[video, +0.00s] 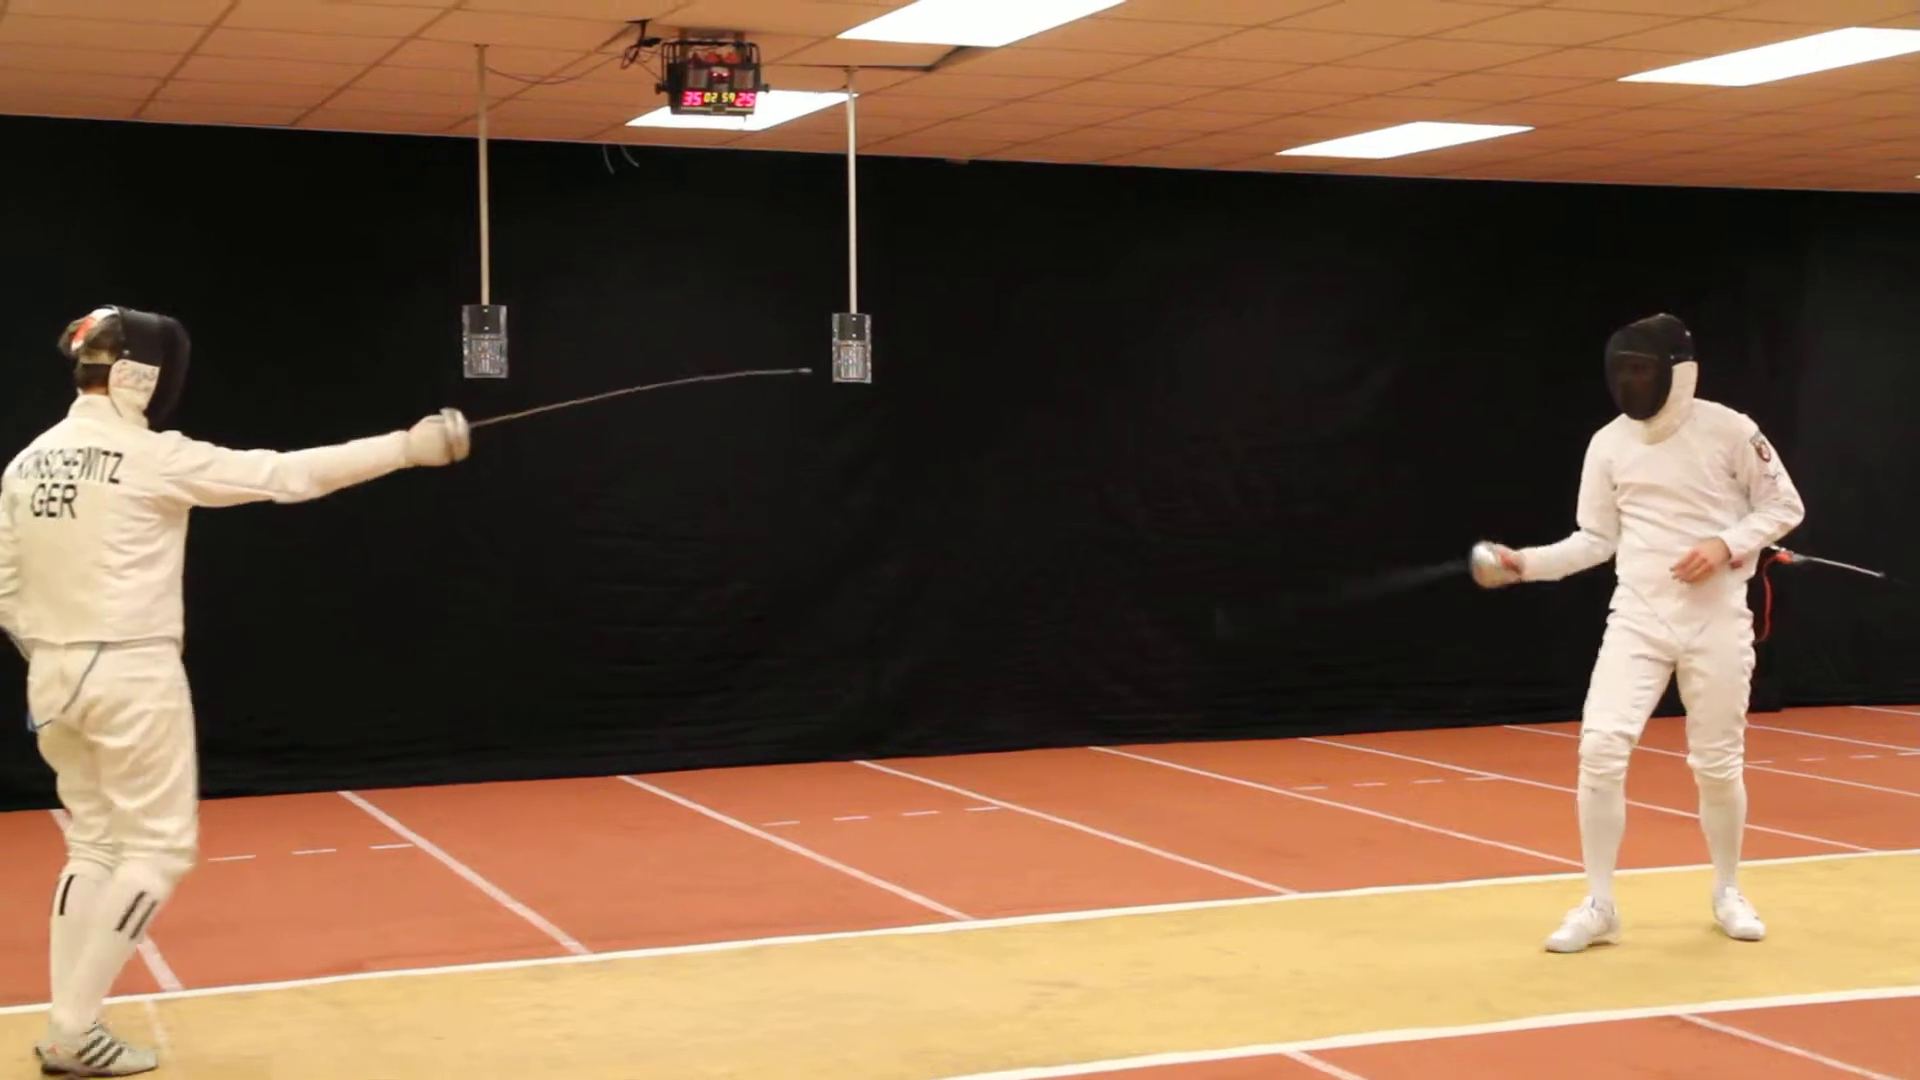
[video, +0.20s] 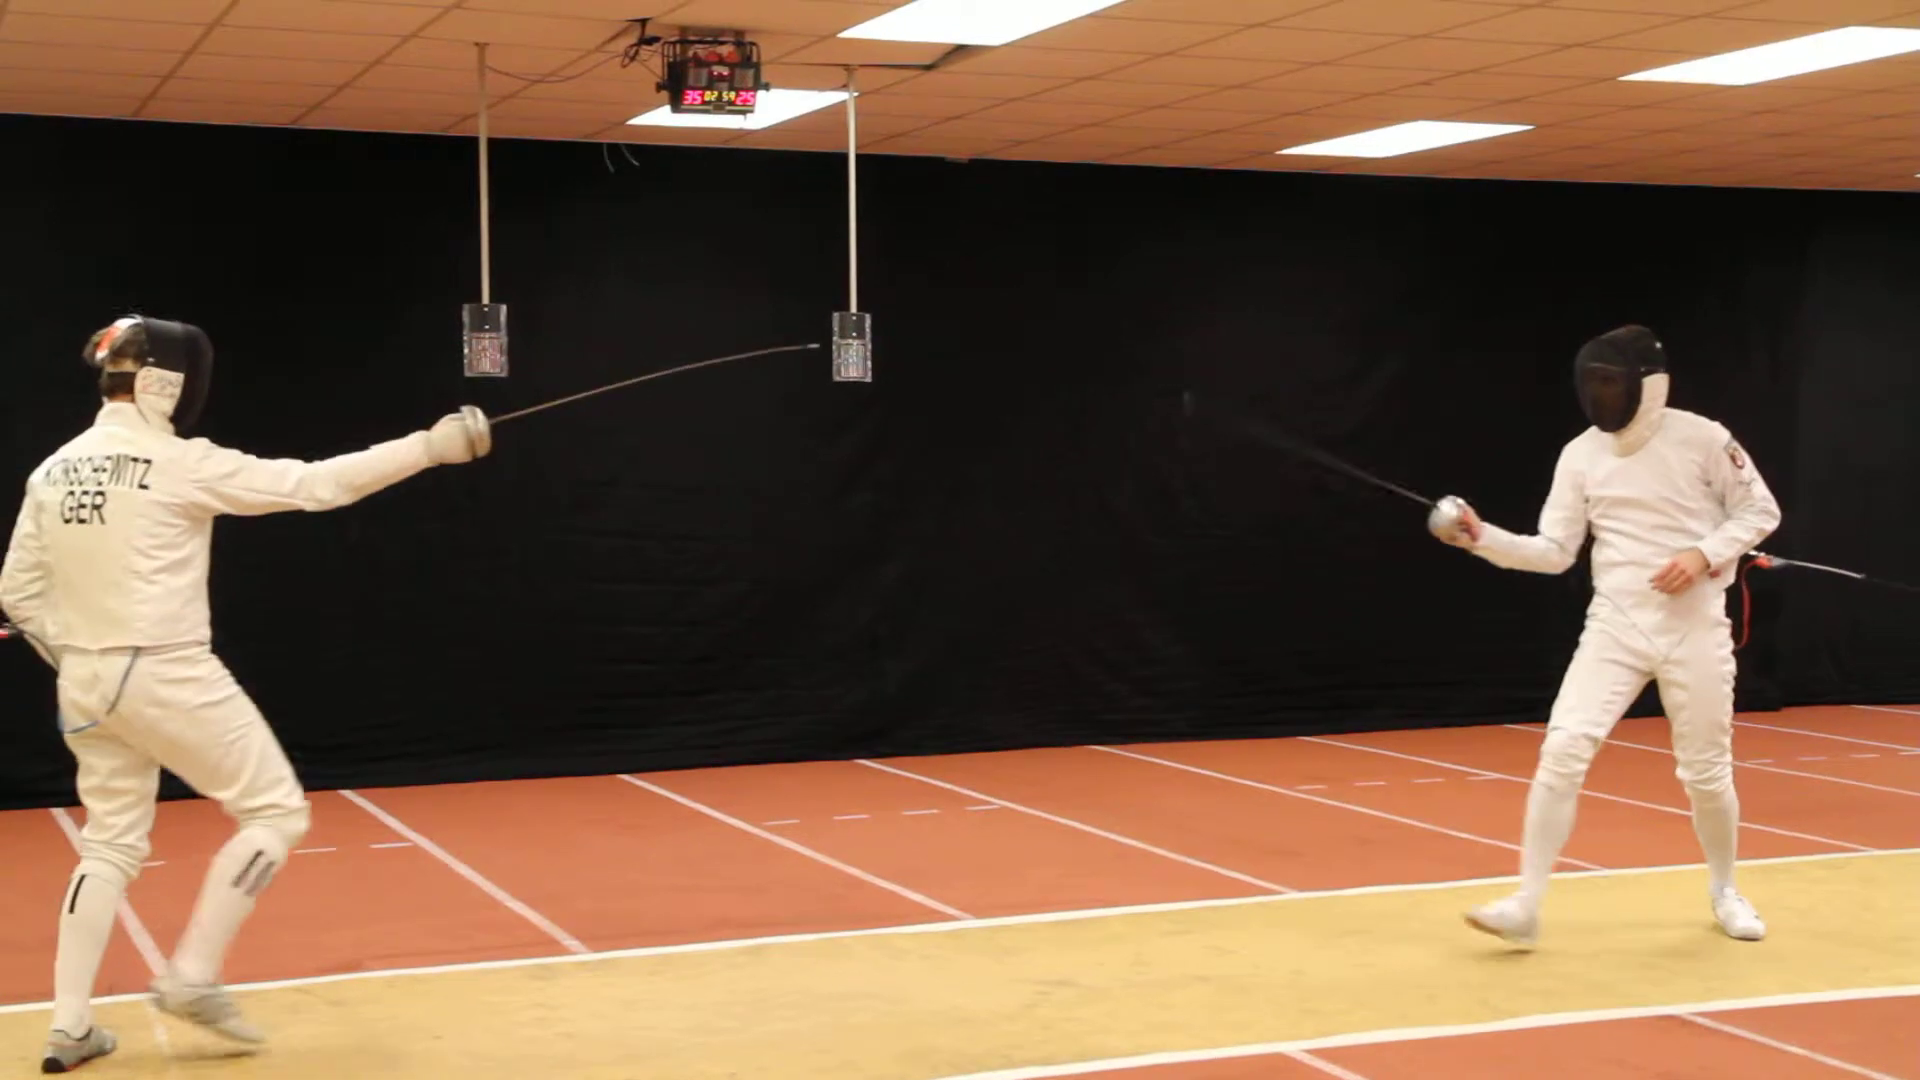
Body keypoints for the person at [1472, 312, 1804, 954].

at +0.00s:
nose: (1628, 384)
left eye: (1642, 372)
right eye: (1621, 372)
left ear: (1680, 371)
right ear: (1615, 372)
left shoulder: (1730, 433)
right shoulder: (1608, 446)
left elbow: (1784, 507)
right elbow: (1597, 538)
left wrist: (1726, 545)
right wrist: (1526, 563)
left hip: (1715, 626)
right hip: (1635, 622)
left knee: (1717, 766)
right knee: (1599, 752)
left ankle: (1728, 893)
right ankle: (1599, 905)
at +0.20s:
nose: (1601, 396)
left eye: (1614, 383)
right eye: (1594, 383)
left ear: (1652, 383)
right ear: (1590, 384)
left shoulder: (1703, 441)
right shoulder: (1581, 457)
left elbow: (1760, 511)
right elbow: (1554, 552)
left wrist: (1704, 556)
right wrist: (1481, 536)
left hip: (1695, 631)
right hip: (1614, 627)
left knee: (1707, 775)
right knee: (1561, 755)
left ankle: (1725, 892)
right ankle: (1526, 905)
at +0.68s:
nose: (1474, 389)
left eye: (1487, 377)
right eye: (1468, 376)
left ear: (1527, 377)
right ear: (1463, 377)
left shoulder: (1582, 433)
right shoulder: (1457, 446)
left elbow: (1632, 505)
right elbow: (1398, 528)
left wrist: (1581, 555)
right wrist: (1319, 506)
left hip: (1578, 632)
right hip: (1493, 627)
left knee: (1603, 782)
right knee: (1451, 754)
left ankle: (1572, 892)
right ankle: (1449, 909)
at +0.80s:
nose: (1452, 402)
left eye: (1465, 389)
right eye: (1446, 389)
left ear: (1504, 391)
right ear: (1440, 391)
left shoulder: (1560, 447)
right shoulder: (1436, 461)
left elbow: (1618, 517)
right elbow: (1368, 533)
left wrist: (1566, 580)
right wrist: (1291, 505)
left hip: (1559, 645)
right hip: (1473, 643)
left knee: (1577, 790)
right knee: (1423, 771)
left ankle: (1565, 904)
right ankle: (1370, 922)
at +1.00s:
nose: (1390, 415)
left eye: (1403, 403)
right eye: (1385, 402)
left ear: (1442, 406)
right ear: (1381, 404)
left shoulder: (1500, 465)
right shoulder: (1372, 473)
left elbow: (1557, 546)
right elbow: (1291, 519)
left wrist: (1561, 638)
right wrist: (1205, 505)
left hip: (1504, 658)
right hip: (1416, 659)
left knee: (1558, 801)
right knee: (1354, 774)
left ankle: (1562, 892)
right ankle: (1343, 935)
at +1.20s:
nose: (1355, 415)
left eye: (1370, 402)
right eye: (1351, 401)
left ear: (1411, 405)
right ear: (1346, 401)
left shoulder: (1464, 458)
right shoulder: (1340, 470)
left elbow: (1519, 530)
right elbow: (1268, 533)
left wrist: (1508, 618)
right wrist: (1180, 521)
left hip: (1479, 649)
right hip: (1393, 653)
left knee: (1534, 796)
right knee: (1334, 773)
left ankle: (1530, 902)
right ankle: (1342, 936)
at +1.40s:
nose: (1367, 404)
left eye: (1381, 390)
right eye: (1363, 390)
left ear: (1421, 393)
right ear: (1361, 393)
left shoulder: (1477, 450)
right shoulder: (1355, 465)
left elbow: (1528, 524)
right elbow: (1298, 546)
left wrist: (1515, 609)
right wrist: (1209, 550)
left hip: (1487, 644)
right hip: (1403, 647)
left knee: (1523, 796)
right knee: (1345, 772)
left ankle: (1540, 907)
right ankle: (1341, 937)